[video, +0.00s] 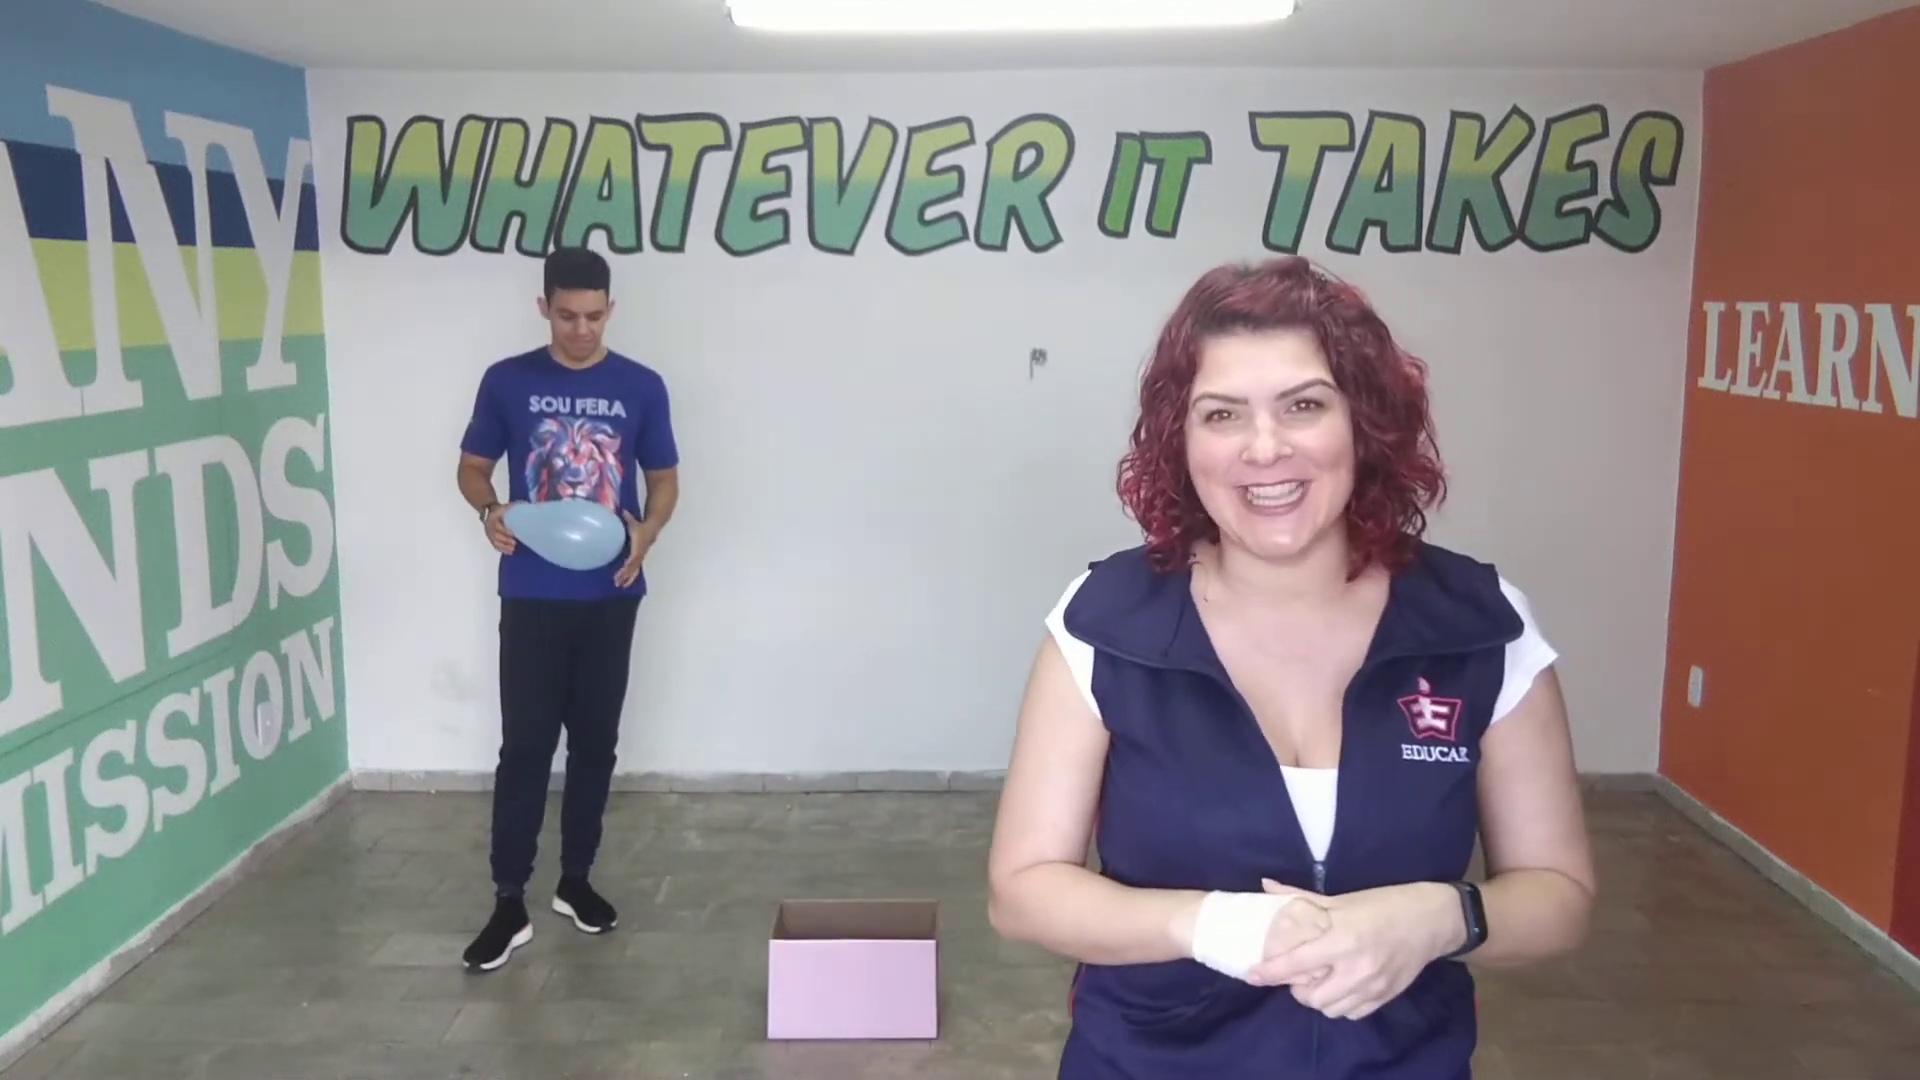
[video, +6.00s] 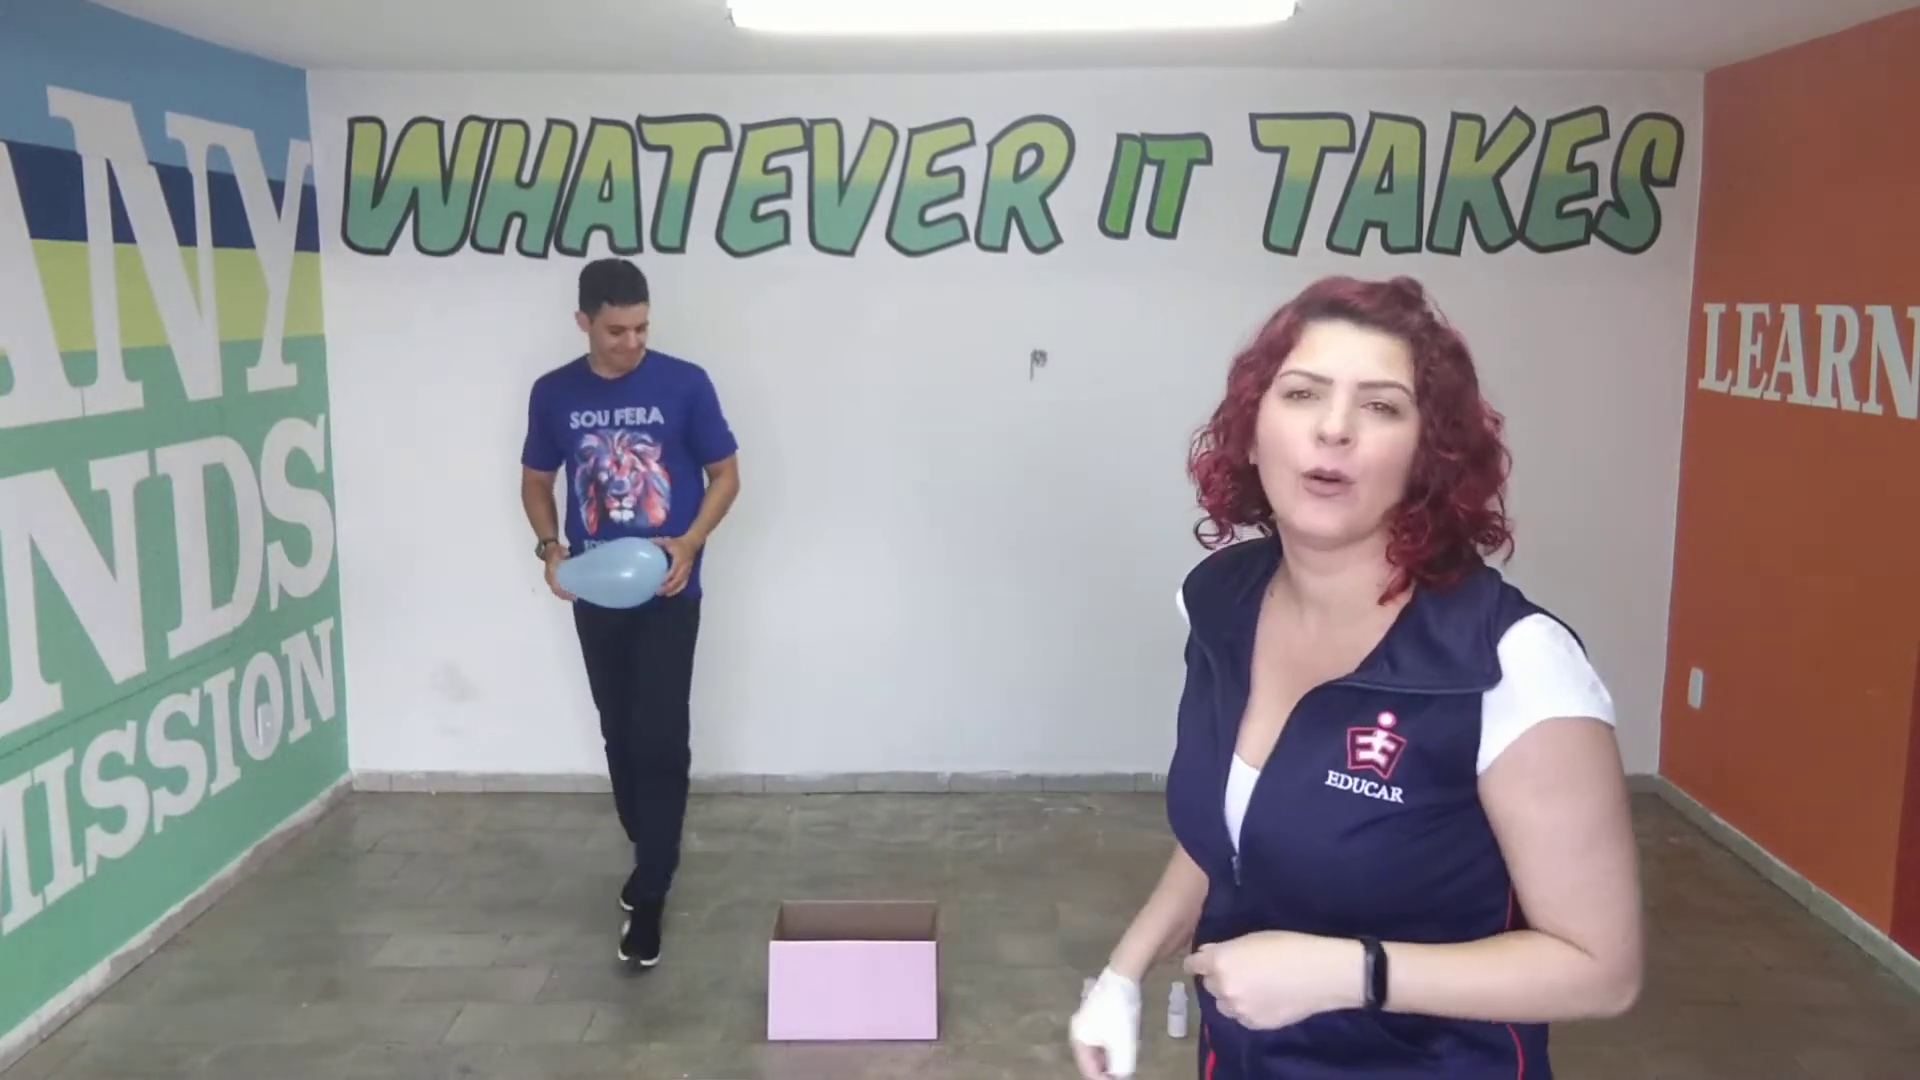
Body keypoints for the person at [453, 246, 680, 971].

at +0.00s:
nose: (581, 327)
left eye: (594, 314)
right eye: (569, 314)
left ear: (610, 313)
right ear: (546, 309)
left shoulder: (642, 389)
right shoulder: (508, 383)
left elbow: (665, 483)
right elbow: (472, 468)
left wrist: (647, 528)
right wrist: (490, 509)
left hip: (609, 598)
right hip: (532, 597)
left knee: (594, 745)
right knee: (526, 747)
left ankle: (574, 882)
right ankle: (510, 901)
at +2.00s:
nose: (574, 327)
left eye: (585, 314)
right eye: (560, 315)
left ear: (600, 310)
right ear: (537, 312)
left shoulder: (637, 387)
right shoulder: (502, 385)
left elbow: (666, 480)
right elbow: (470, 475)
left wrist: (642, 531)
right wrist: (489, 515)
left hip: (607, 599)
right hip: (530, 599)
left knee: (594, 746)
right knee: (524, 749)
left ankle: (575, 882)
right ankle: (509, 902)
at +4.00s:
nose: (441, 303)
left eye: (454, 290)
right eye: (427, 292)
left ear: (478, 301)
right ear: (411, 305)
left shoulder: (525, 381)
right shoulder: (383, 392)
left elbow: (561, 475)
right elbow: (352, 499)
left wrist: (545, 532)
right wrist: (346, 412)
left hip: (527, 609)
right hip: (438, 618)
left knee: (562, 747)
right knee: (449, 770)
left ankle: (562, 879)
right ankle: (463, 914)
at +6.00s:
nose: (630, 342)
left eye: (639, 329)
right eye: (616, 331)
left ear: (649, 319)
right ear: (585, 322)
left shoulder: (684, 384)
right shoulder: (554, 394)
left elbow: (726, 475)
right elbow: (536, 484)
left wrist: (693, 540)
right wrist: (551, 541)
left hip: (668, 588)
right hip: (596, 591)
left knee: (660, 734)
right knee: (619, 732)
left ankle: (650, 895)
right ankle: (648, 861)